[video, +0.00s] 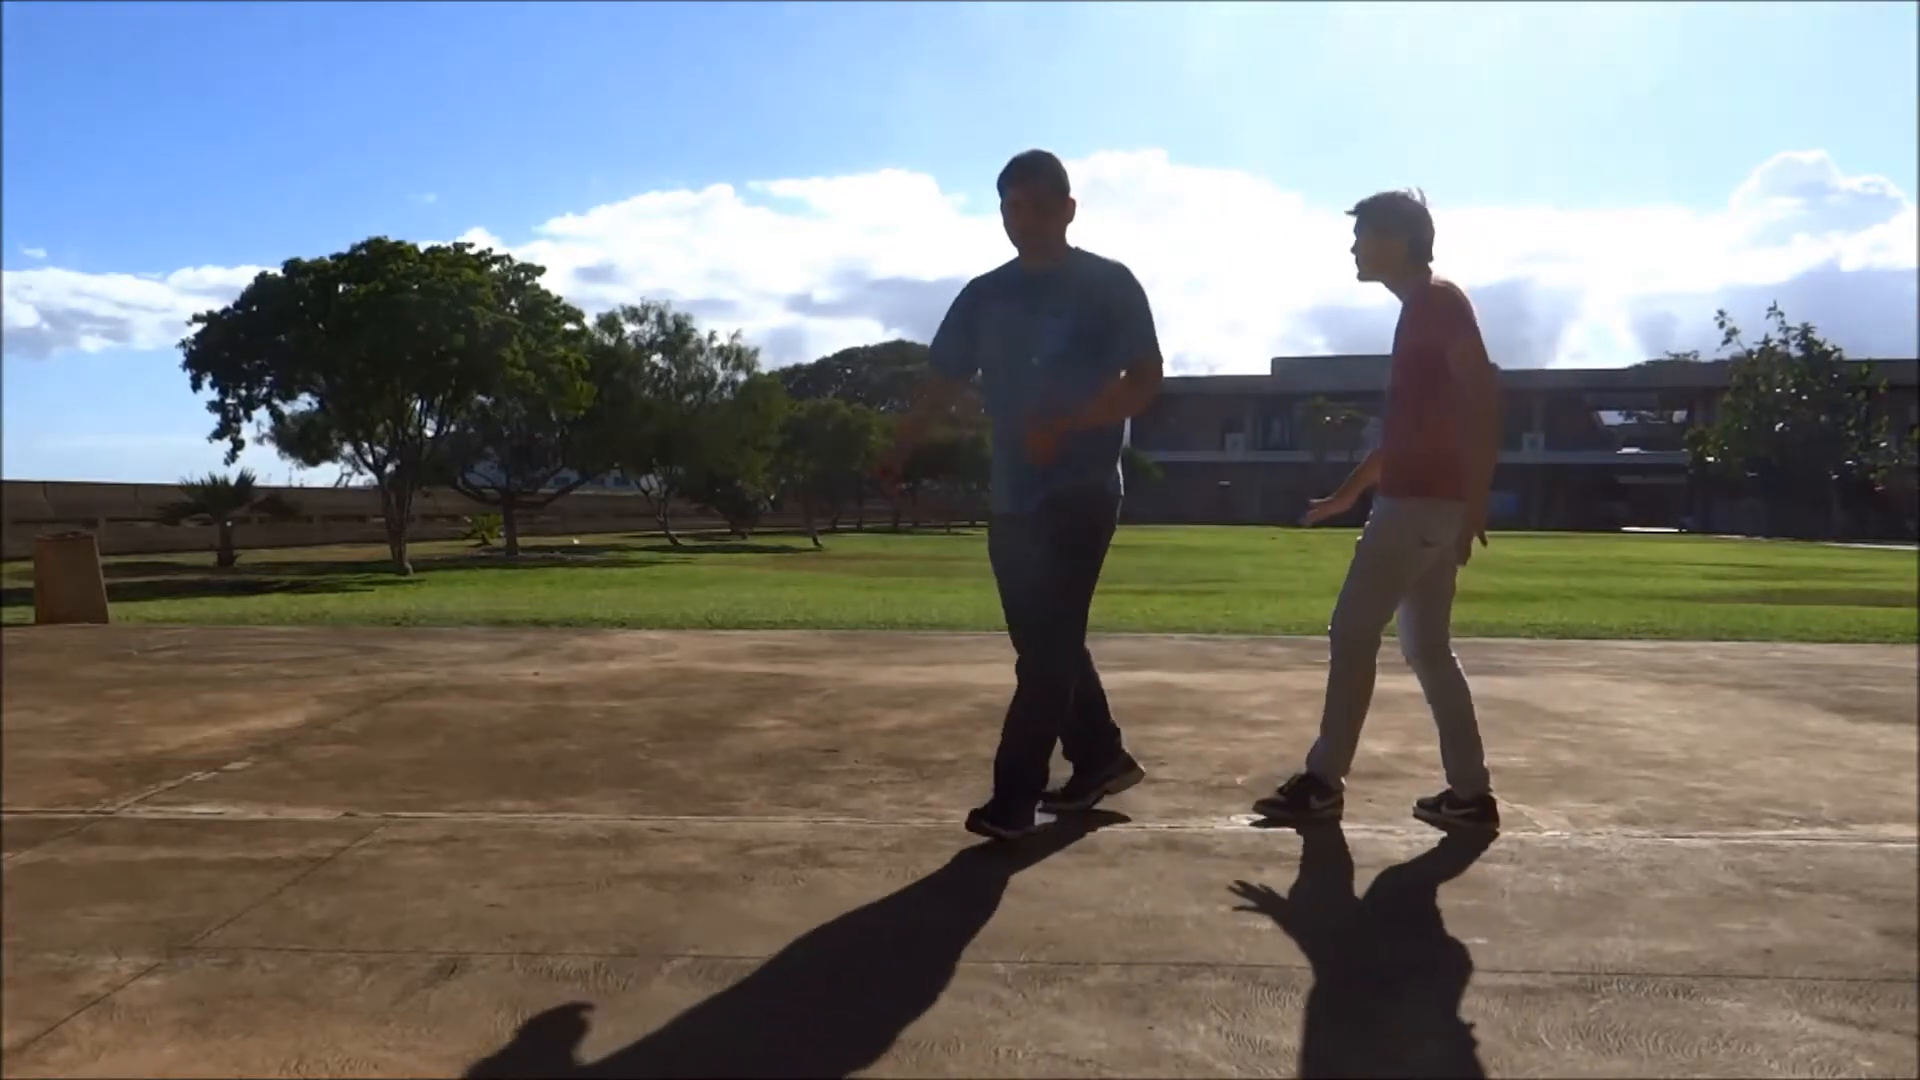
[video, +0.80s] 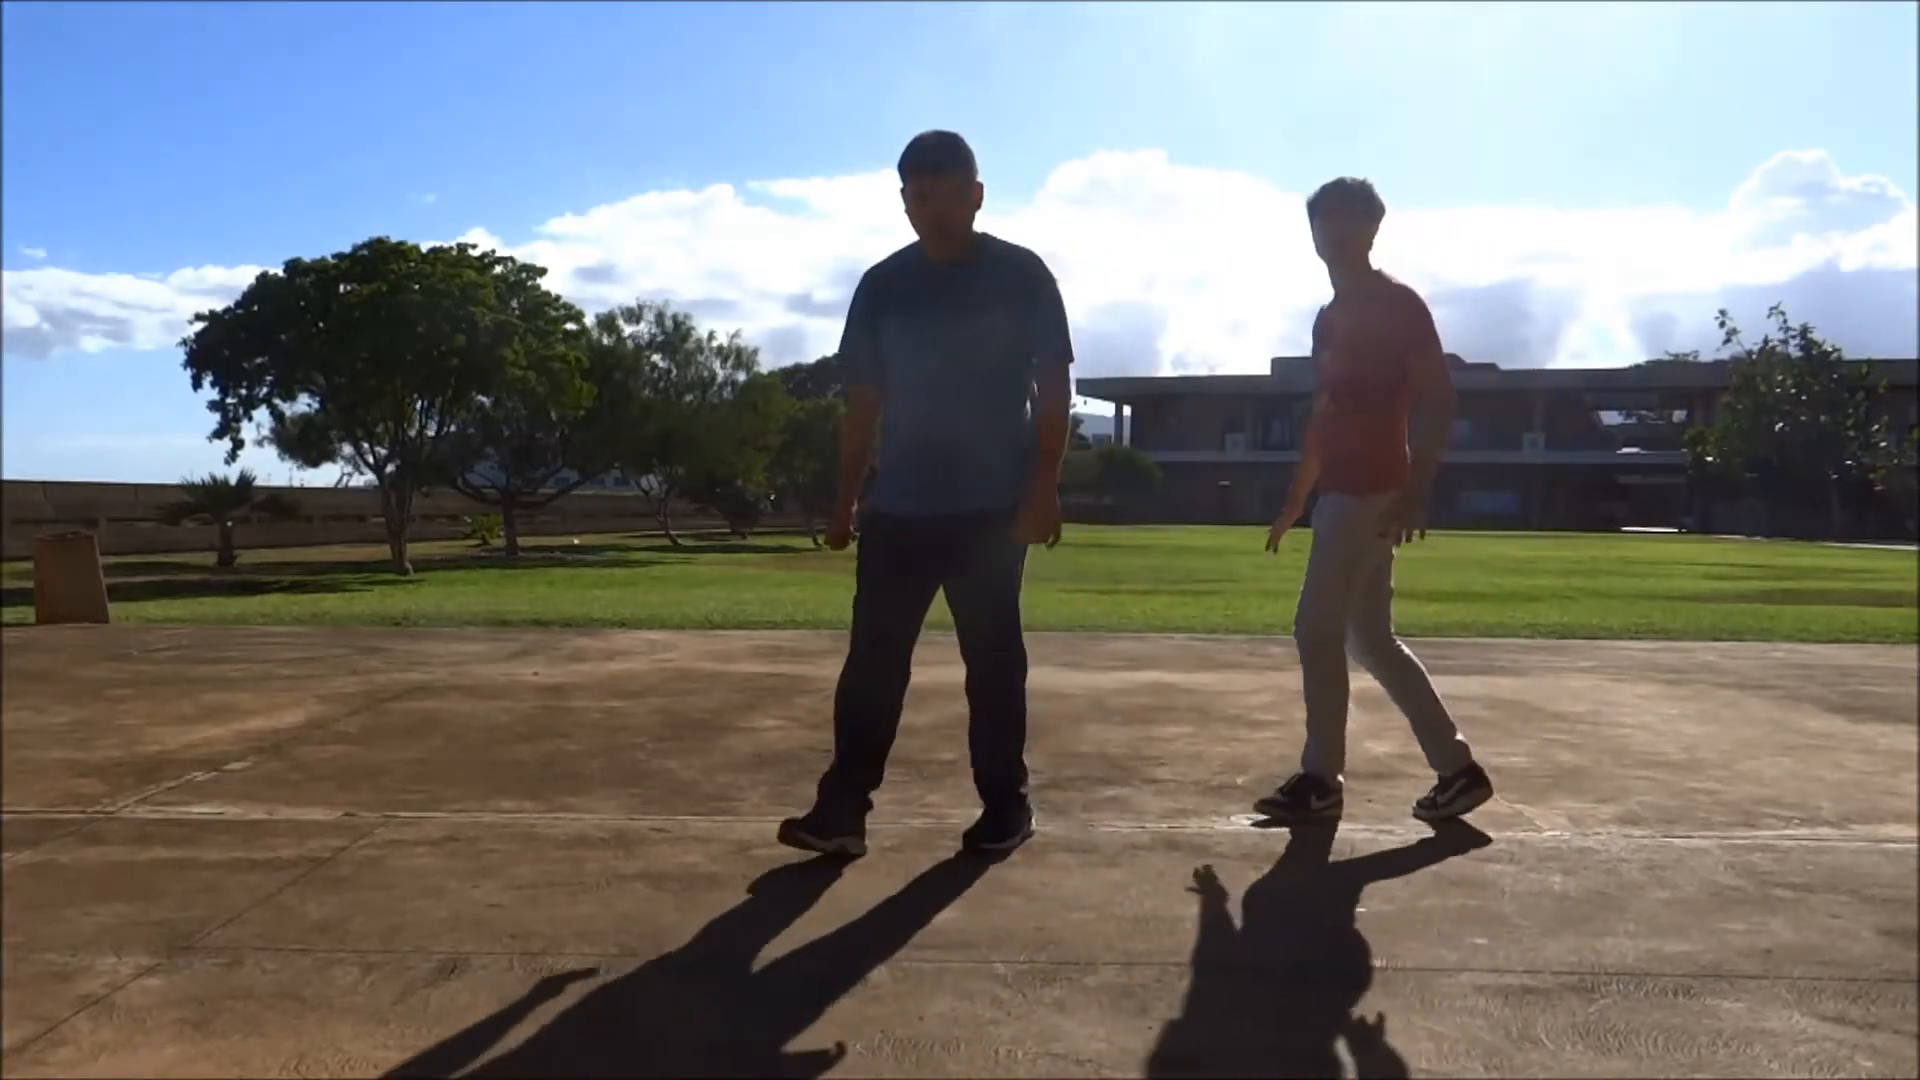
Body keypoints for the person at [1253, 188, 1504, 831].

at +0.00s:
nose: (1353, 246)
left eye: (1363, 235)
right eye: (1356, 235)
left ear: (1399, 242)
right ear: (1397, 245)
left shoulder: (1439, 302)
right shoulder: (1420, 310)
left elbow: (1482, 398)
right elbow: (1405, 425)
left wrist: (1476, 501)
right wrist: (1346, 494)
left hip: (1415, 505)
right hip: (1435, 504)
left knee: (1352, 629)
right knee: (1428, 649)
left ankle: (1323, 783)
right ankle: (1471, 794)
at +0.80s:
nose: (1320, 238)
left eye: (1331, 224)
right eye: (1316, 225)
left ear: (1365, 227)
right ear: (1317, 232)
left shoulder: (1402, 308)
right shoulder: (1329, 319)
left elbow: (1439, 402)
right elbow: (1324, 418)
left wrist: (1418, 489)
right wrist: (1295, 503)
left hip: (1370, 494)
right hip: (1340, 495)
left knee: (1316, 629)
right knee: (1373, 641)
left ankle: (1321, 781)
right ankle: (1459, 770)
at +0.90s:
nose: (1310, 237)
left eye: (1320, 223)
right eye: (1306, 224)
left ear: (1354, 225)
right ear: (1305, 230)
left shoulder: (1390, 307)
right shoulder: (1316, 316)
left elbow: (1426, 409)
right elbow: (1314, 421)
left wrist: (1395, 489)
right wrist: (1283, 504)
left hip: (1356, 493)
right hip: (1319, 495)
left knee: (1314, 632)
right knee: (1341, 638)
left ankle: (1320, 781)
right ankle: (1442, 753)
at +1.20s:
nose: (1269, 229)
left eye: (1277, 215)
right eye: (1268, 217)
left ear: (1312, 217)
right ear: (1281, 223)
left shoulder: (1358, 297)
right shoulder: (1286, 311)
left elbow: (1381, 400)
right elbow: (1292, 403)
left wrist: (1321, 474)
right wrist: (1279, 474)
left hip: (1328, 488)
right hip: (1282, 483)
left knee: (1310, 632)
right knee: (1242, 619)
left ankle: (1320, 780)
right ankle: (1299, 755)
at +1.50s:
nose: (1230, 232)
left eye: (1242, 218)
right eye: (1223, 222)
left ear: (1274, 221)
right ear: (1218, 231)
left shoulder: (1309, 296)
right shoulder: (1241, 315)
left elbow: (1324, 395)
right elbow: (1249, 403)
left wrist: (1229, 443)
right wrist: (1220, 461)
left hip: (1288, 495)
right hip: (1239, 493)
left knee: (1293, 636)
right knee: (1191, 624)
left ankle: (1319, 778)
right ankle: (1145, 759)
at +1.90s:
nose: (1111, 238)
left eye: (1120, 226)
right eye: (1111, 227)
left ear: (1160, 229)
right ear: (1146, 233)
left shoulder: (1185, 299)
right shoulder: (1160, 303)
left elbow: (1183, 413)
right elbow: (1156, 410)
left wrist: (1115, 481)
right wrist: (1112, 487)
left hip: (1167, 494)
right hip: (1133, 493)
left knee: (1180, 629)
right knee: (1107, 624)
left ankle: (1283, 753)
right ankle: (1113, 768)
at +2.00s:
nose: (1088, 236)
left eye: (1096, 225)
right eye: (1087, 226)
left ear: (1136, 227)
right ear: (1124, 231)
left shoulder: (1160, 298)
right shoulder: (1140, 301)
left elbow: (1159, 408)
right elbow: (1138, 405)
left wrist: (1105, 485)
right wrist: (1099, 485)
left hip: (1141, 491)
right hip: (1118, 490)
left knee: (1119, 625)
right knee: (1098, 624)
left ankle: (1237, 738)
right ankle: (1113, 768)